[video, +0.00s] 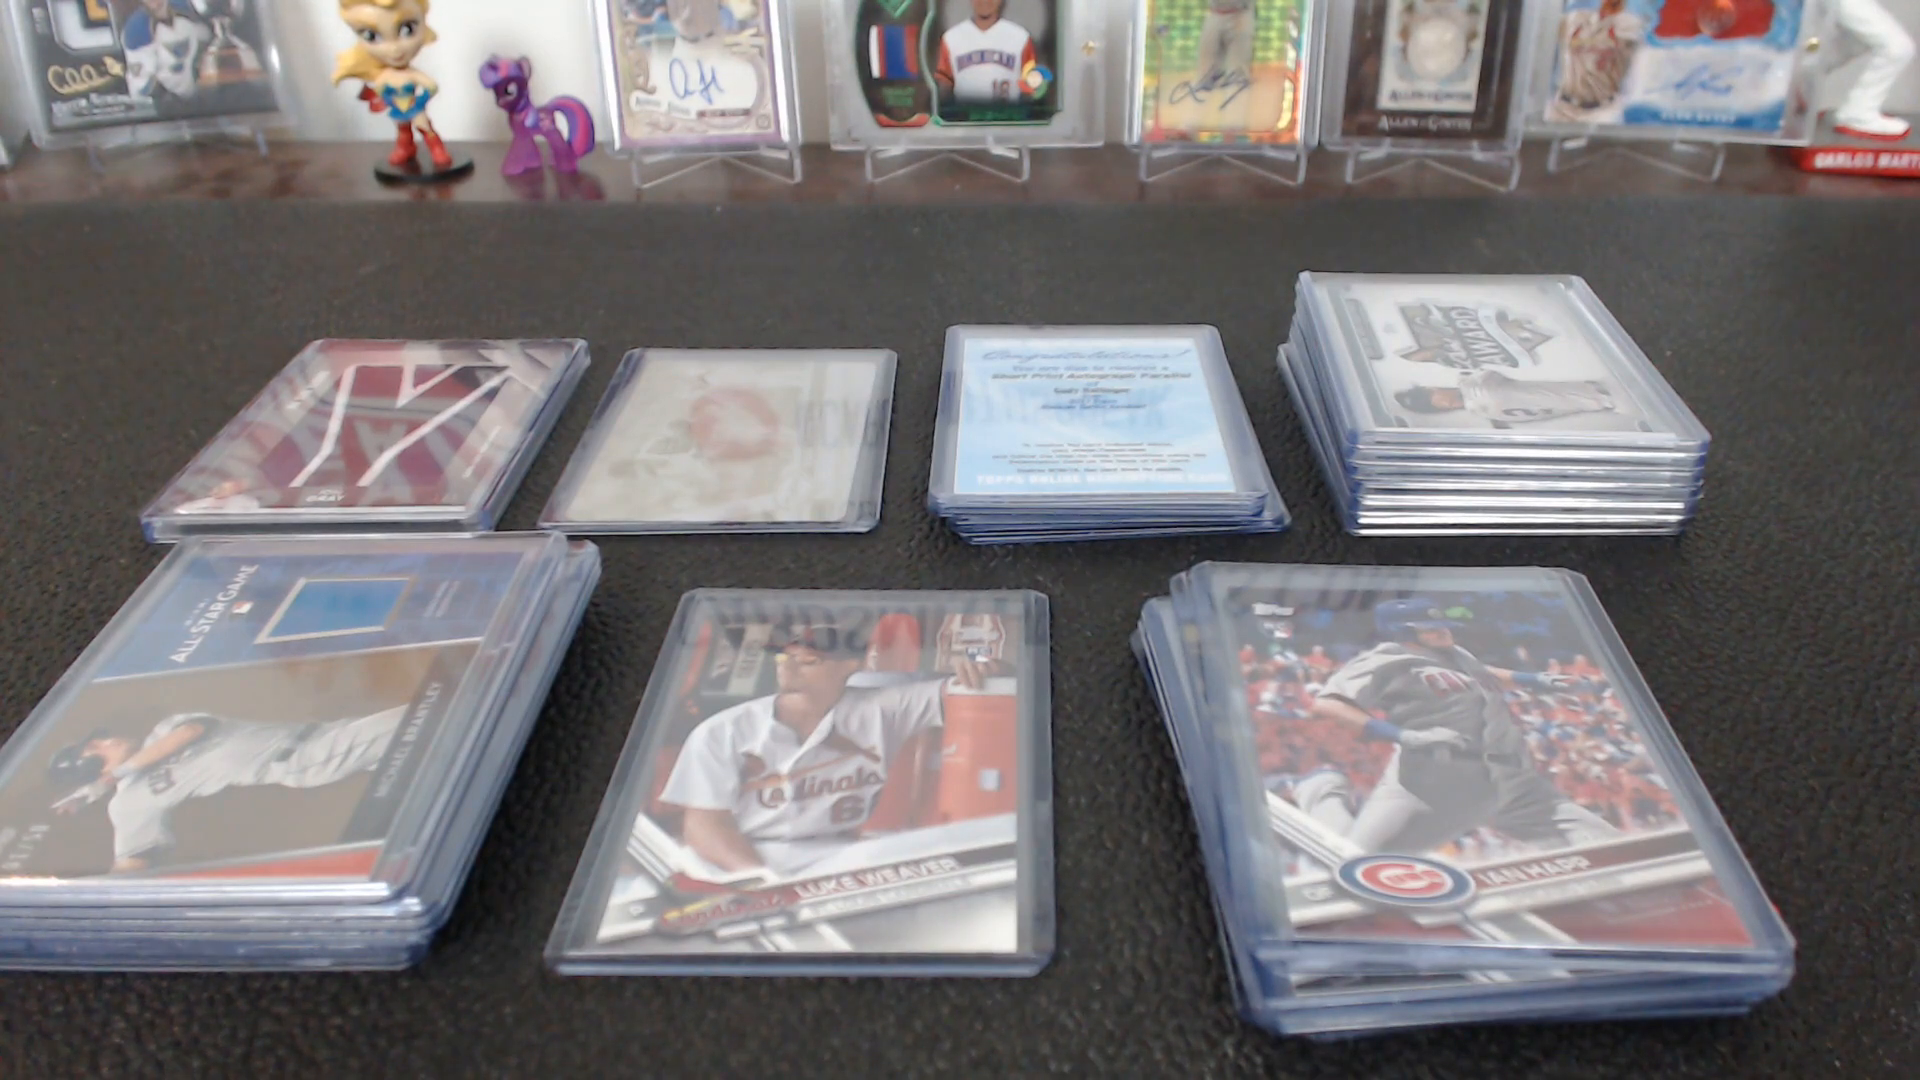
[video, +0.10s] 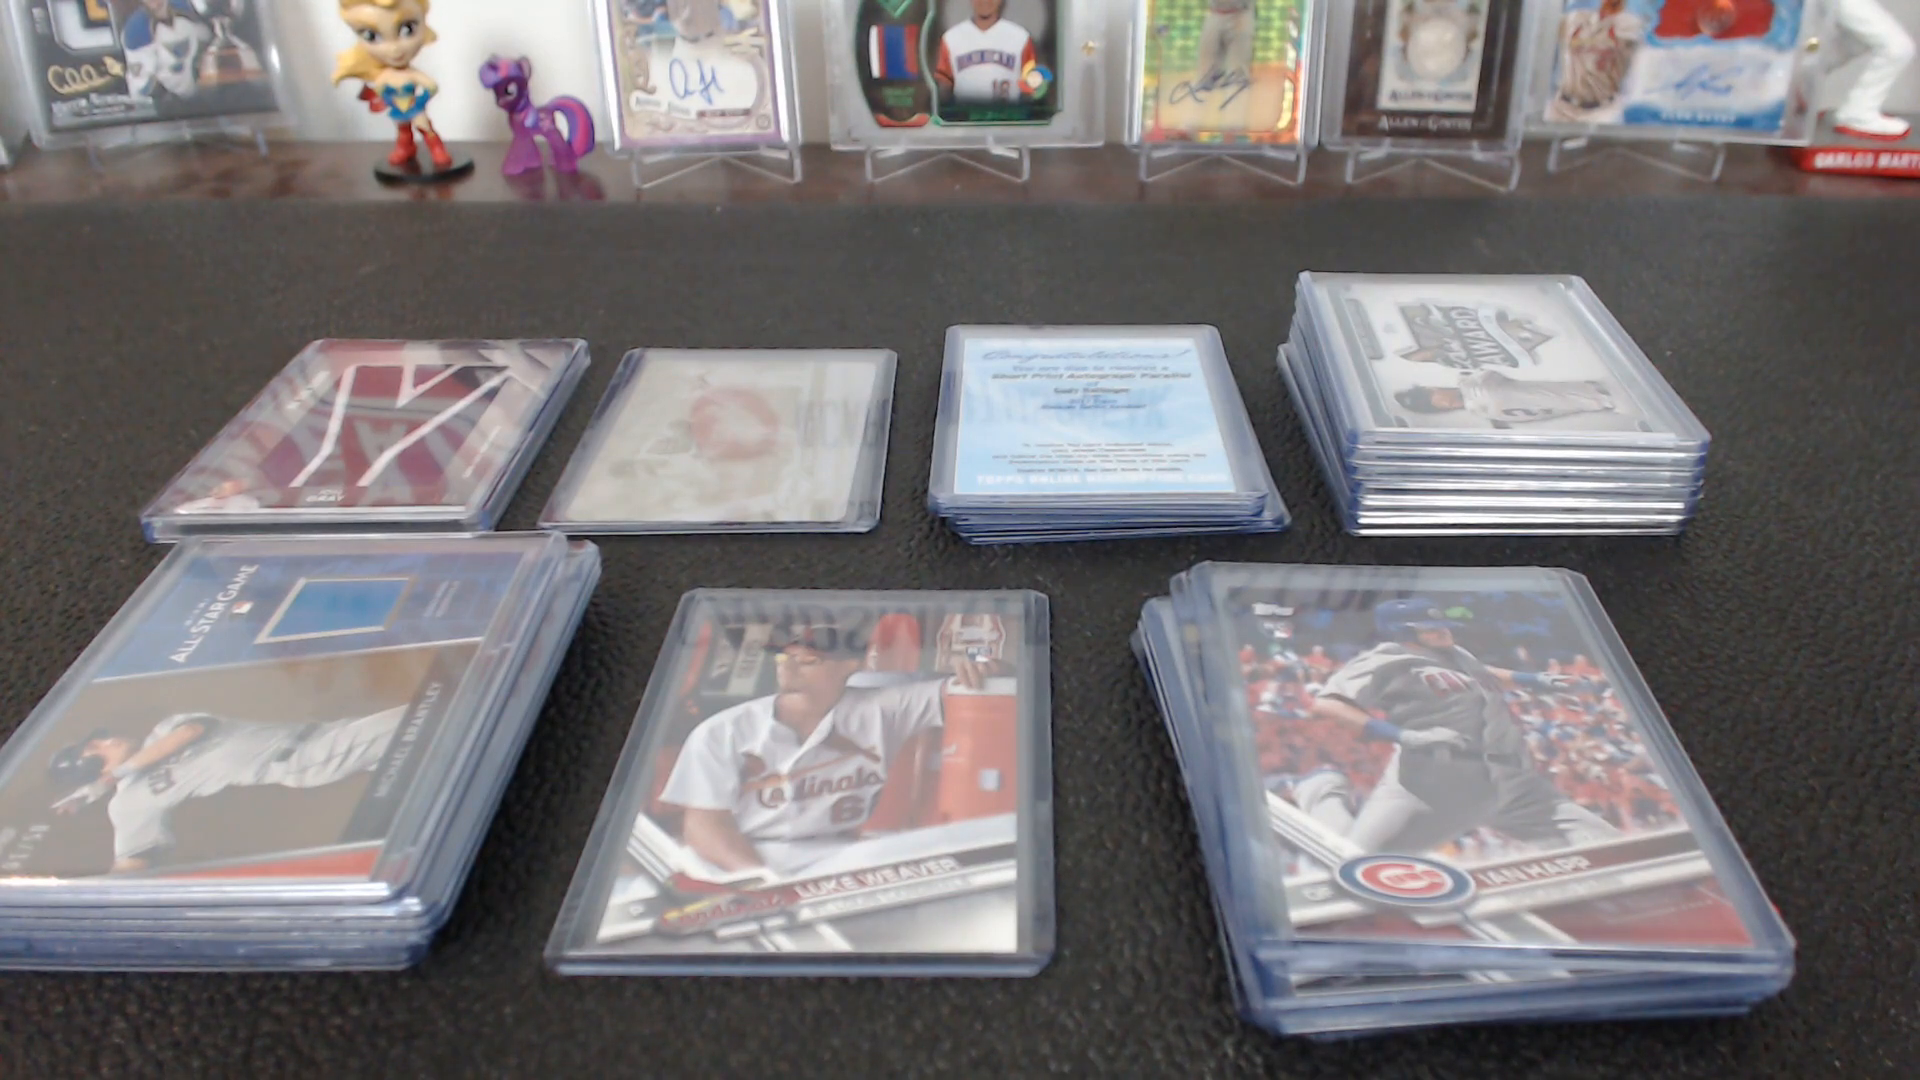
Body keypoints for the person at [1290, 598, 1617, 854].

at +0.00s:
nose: (1447, 630)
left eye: (1446, 622)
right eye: (1435, 623)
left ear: (1447, 626)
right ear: (1406, 629)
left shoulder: (1459, 656)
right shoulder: (1387, 659)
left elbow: (1490, 676)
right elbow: (1328, 704)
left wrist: (1539, 682)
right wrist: (1405, 736)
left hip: (1511, 789)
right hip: (1429, 797)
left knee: (1614, 850)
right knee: (1353, 869)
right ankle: (1321, 792)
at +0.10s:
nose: (1446, 631)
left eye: (1446, 623)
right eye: (1434, 624)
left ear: (1446, 627)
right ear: (1406, 630)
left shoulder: (1459, 657)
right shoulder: (1387, 659)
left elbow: (1490, 676)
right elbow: (1328, 704)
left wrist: (1539, 682)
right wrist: (1405, 736)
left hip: (1509, 789)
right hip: (1428, 796)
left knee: (1612, 849)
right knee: (1353, 868)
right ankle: (1321, 792)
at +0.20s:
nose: (1446, 631)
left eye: (1446, 623)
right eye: (1435, 624)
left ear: (1447, 627)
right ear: (1406, 630)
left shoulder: (1459, 657)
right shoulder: (1387, 659)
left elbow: (1490, 676)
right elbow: (1328, 704)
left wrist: (1539, 682)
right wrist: (1405, 736)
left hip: (1509, 789)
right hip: (1428, 796)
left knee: (1612, 849)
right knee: (1353, 868)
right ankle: (1321, 792)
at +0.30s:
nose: (1446, 631)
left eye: (1445, 623)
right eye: (1434, 624)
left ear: (1446, 627)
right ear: (1406, 630)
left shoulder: (1459, 657)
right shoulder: (1387, 659)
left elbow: (1490, 676)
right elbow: (1328, 704)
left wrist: (1539, 682)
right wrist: (1405, 736)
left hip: (1509, 789)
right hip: (1428, 796)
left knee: (1612, 849)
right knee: (1354, 868)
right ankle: (1321, 792)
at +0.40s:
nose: (1446, 631)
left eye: (1446, 623)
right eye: (1434, 624)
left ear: (1447, 627)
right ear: (1406, 630)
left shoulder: (1459, 657)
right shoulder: (1387, 659)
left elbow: (1490, 676)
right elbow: (1328, 704)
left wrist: (1539, 682)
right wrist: (1405, 736)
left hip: (1509, 789)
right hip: (1429, 796)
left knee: (1613, 850)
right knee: (1354, 868)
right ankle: (1321, 792)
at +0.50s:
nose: (1446, 631)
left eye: (1446, 623)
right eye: (1434, 624)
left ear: (1447, 627)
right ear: (1406, 630)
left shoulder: (1459, 657)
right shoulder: (1387, 659)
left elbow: (1490, 676)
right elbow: (1328, 704)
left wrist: (1539, 682)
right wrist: (1404, 736)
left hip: (1509, 789)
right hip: (1429, 796)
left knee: (1613, 850)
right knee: (1353, 868)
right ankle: (1321, 792)